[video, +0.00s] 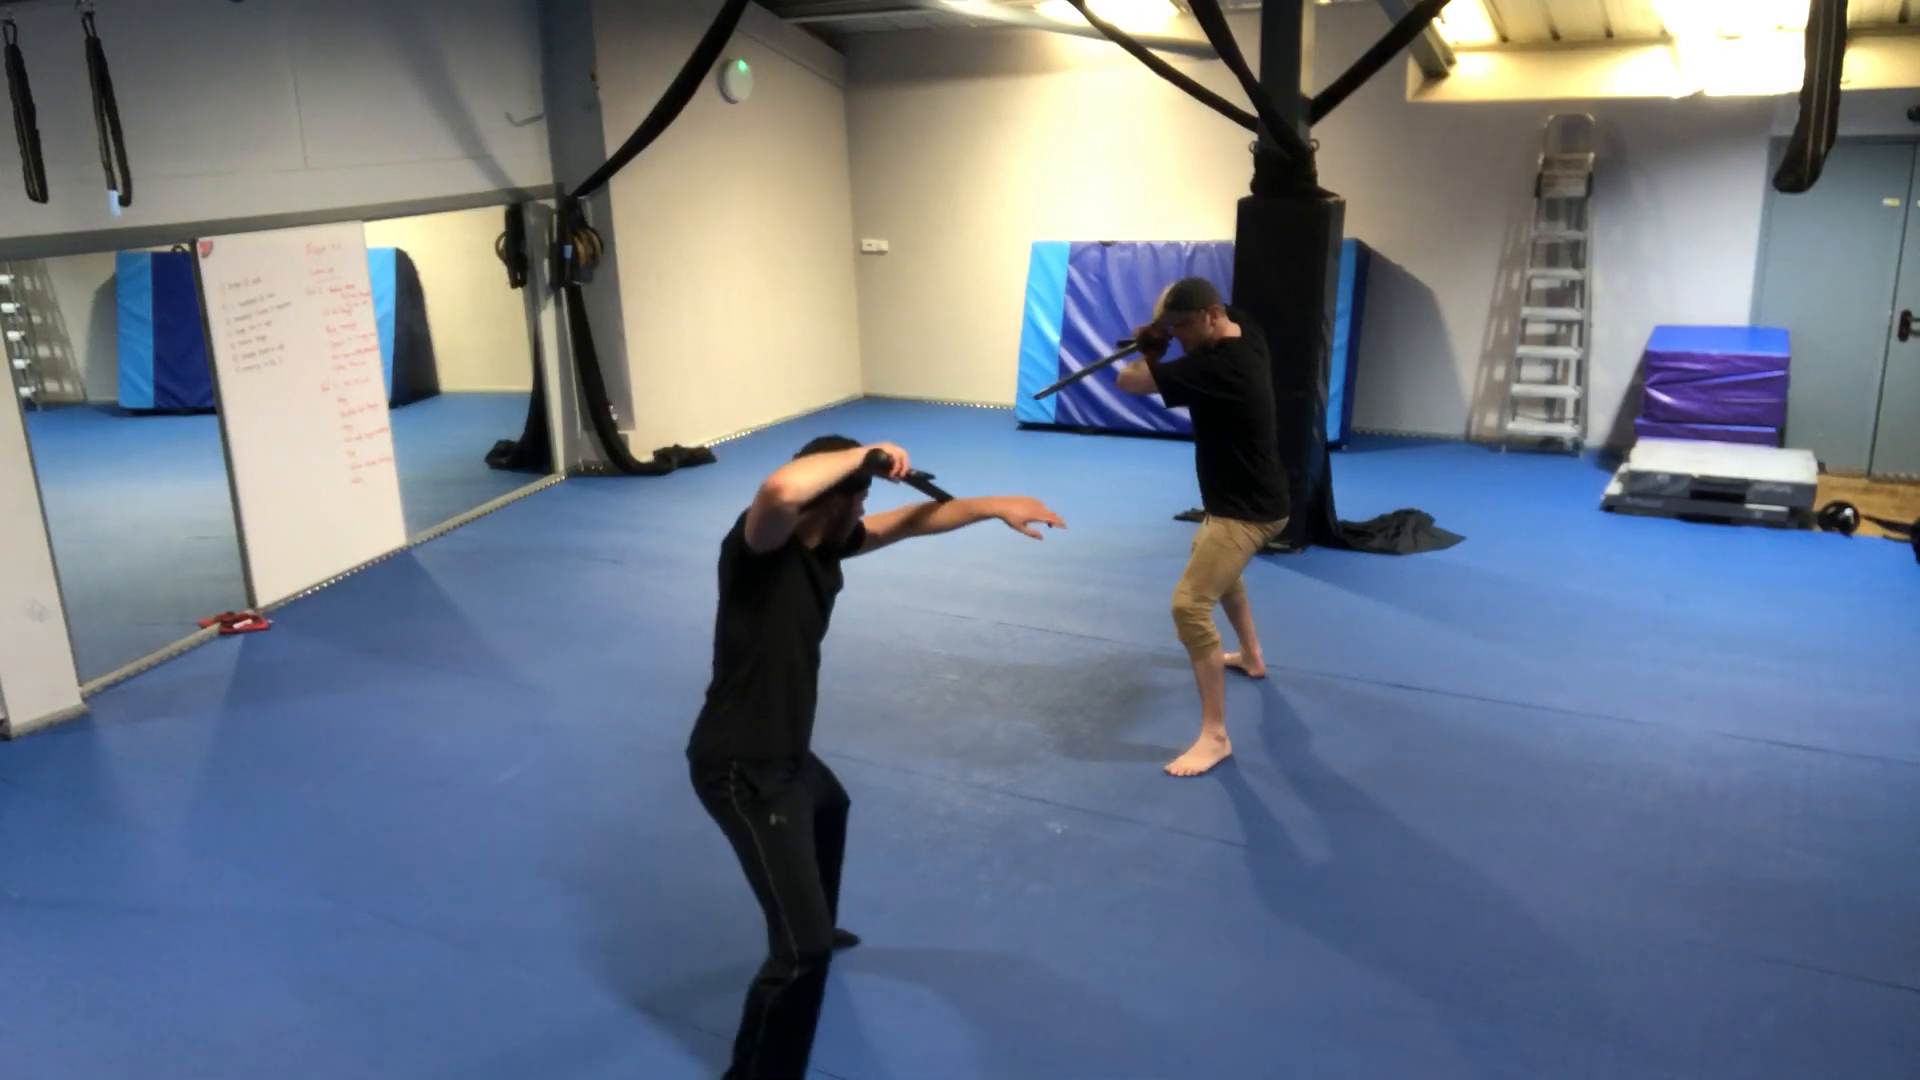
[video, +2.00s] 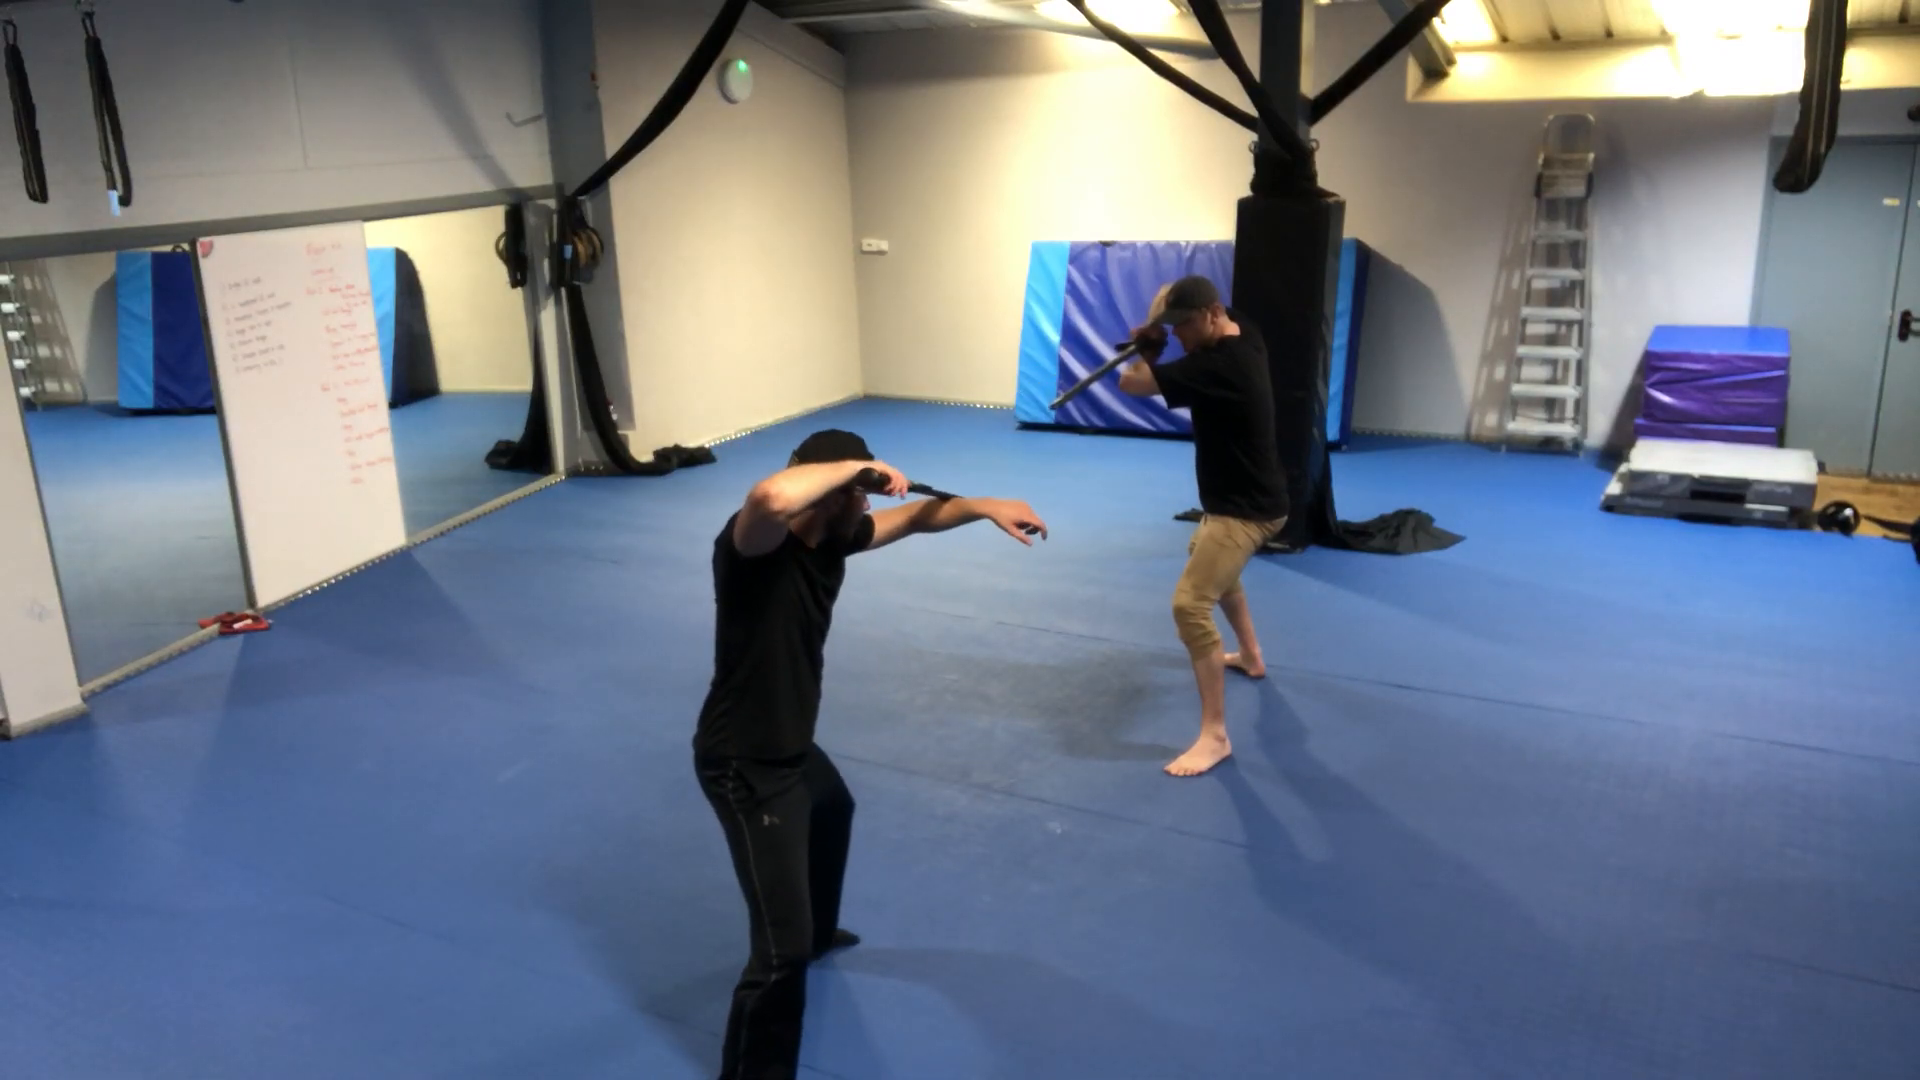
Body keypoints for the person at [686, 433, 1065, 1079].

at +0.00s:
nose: (857, 521)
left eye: (859, 509)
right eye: (850, 506)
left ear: (846, 507)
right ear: (815, 504)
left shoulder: (827, 547)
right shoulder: (760, 547)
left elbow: (912, 520)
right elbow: (779, 489)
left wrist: (995, 504)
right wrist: (865, 457)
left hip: (781, 753)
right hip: (738, 765)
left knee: (829, 805)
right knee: (804, 948)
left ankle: (812, 926)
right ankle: (754, 1074)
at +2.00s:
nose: (868, 511)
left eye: (869, 498)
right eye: (859, 498)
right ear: (824, 497)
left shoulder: (831, 543)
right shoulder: (753, 549)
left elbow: (916, 516)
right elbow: (769, 497)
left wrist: (986, 505)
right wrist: (858, 467)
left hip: (792, 749)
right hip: (743, 762)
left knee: (833, 809)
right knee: (784, 951)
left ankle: (813, 930)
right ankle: (752, 1074)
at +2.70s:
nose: (872, 498)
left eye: (874, 486)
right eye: (865, 485)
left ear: (864, 492)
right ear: (835, 484)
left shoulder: (846, 538)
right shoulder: (758, 543)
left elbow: (916, 535)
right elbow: (783, 491)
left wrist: (976, 526)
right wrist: (887, 465)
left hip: (816, 751)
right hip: (769, 761)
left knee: (847, 832)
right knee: (795, 959)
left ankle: (818, 934)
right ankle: (756, 1076)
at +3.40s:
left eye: (1033, 448)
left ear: (1032, 462)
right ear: (1092, 464)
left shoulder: (1003, 529)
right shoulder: (1108, 518)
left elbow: (908, 533)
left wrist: (933, 491)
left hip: (1011, 727)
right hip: (1100, 723)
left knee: (945, 851)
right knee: (1173, 840)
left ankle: (891, 994)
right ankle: (1234, 963)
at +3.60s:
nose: (1187, 442)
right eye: (1183, 436)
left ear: (1101, 441)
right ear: (1168, 451)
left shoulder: (1063, 508)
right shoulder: (1188, 499)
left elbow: (1006, 588)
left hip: (1066, 701)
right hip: (1158, 703)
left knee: (995, 816)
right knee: (1211, 820)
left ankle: (938, 968)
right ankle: (1244, 959)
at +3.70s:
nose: (1176, 441)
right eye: (1170, 434)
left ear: (1097, 435)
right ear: (1164, 446)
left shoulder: (1050, 501)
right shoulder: (1184, 497)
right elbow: (1235, 478)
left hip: (1070, 698)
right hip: (1163, 702)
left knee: (1005, 811)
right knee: (1221, 825)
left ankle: (931, 956)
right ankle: (1247, 961)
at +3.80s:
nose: (1144, 438)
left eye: (1129, 429)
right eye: (1141, 430)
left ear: (1075, 433)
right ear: (1136, 441)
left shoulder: (1052, 488)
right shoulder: (1156, 504)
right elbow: (1274, 520)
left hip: (1076, 696)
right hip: (1159, 704)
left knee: (1015, 812)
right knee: (1218, 832)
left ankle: (930, 959)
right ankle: (1248, 964)